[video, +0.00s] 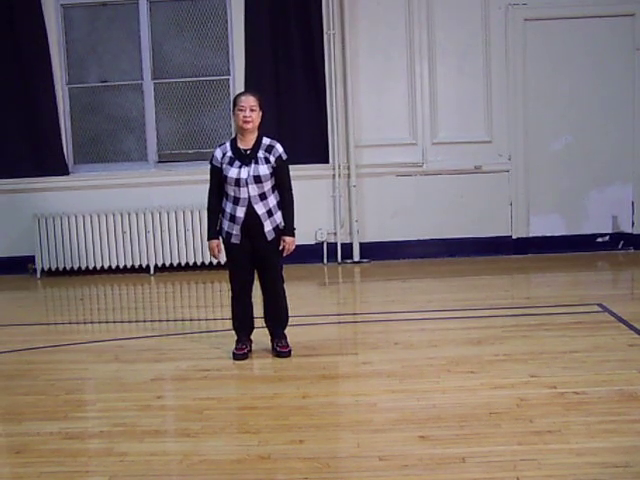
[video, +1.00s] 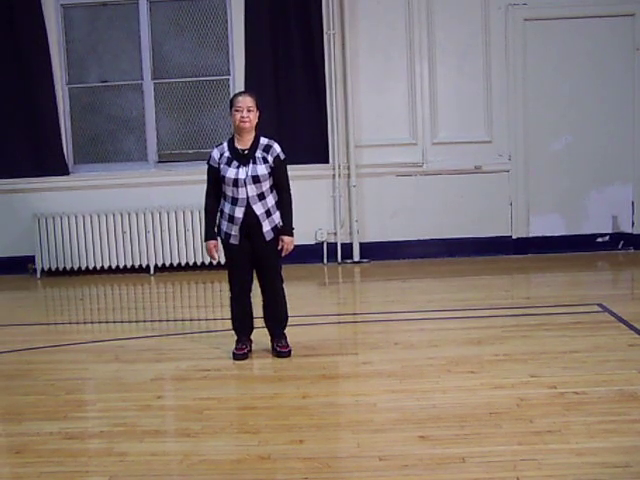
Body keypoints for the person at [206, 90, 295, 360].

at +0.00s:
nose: (247, 114)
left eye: (252, 110)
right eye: (241, 109)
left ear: (260, 114)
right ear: (233, 115)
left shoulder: (273, 150)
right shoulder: (221, 154)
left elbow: (286, 192)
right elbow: (214, 196)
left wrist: (289, 230)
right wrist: (213, 234)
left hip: (268, 230)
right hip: (235, 232)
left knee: (273, 285)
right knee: (240, 288)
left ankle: (278, 335)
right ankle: (243, 337)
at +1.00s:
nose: (244, 115)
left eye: (249, 110)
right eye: (238, 110)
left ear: (257, 115)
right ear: (231, 115)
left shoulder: (271, 150)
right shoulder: (219, 154)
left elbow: (284, 192)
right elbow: (212, 197)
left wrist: (287, 230)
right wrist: (210, 234)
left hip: (267, 230)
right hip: (233, 232)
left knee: (272, 285)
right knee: (239, 288)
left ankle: (278, 335)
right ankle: (242, 337)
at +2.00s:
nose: (244, 115)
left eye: (249, 110)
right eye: (239, 110)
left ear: (258, 115)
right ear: (231, 115)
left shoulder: (271, 150)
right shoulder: (219, 154)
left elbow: (284, 192)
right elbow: (213, 197)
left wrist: (287, 230)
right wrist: (211, 234)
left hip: (267, 230)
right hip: (234, 232)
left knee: (273, 285)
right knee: (239, 288)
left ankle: (279, 335)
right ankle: (243, 338)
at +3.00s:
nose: (254, 115)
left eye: (258, 111)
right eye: (248, 110)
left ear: (261, 115)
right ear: (233, 114)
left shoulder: (271, 149)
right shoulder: (220, 154)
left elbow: (285, 191)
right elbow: (213, 197)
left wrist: (289, 229)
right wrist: (212, 235)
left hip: (269, 231)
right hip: (235, 233)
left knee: (274, 285)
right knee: (240, 288)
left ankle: (279, 335)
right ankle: (243, 338)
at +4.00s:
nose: (243, 114)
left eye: (248, 110)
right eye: (237, 110)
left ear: (256, 114)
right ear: (230, 115)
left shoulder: (270, 149)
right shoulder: (219, 155)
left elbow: (283, 192)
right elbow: (212, 197)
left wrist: (286, 230)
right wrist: (211, 234)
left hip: (267, 230)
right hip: (233, 233)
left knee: (272, 285)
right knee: (239, 288)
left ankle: (278, 336)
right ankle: (243, 338)